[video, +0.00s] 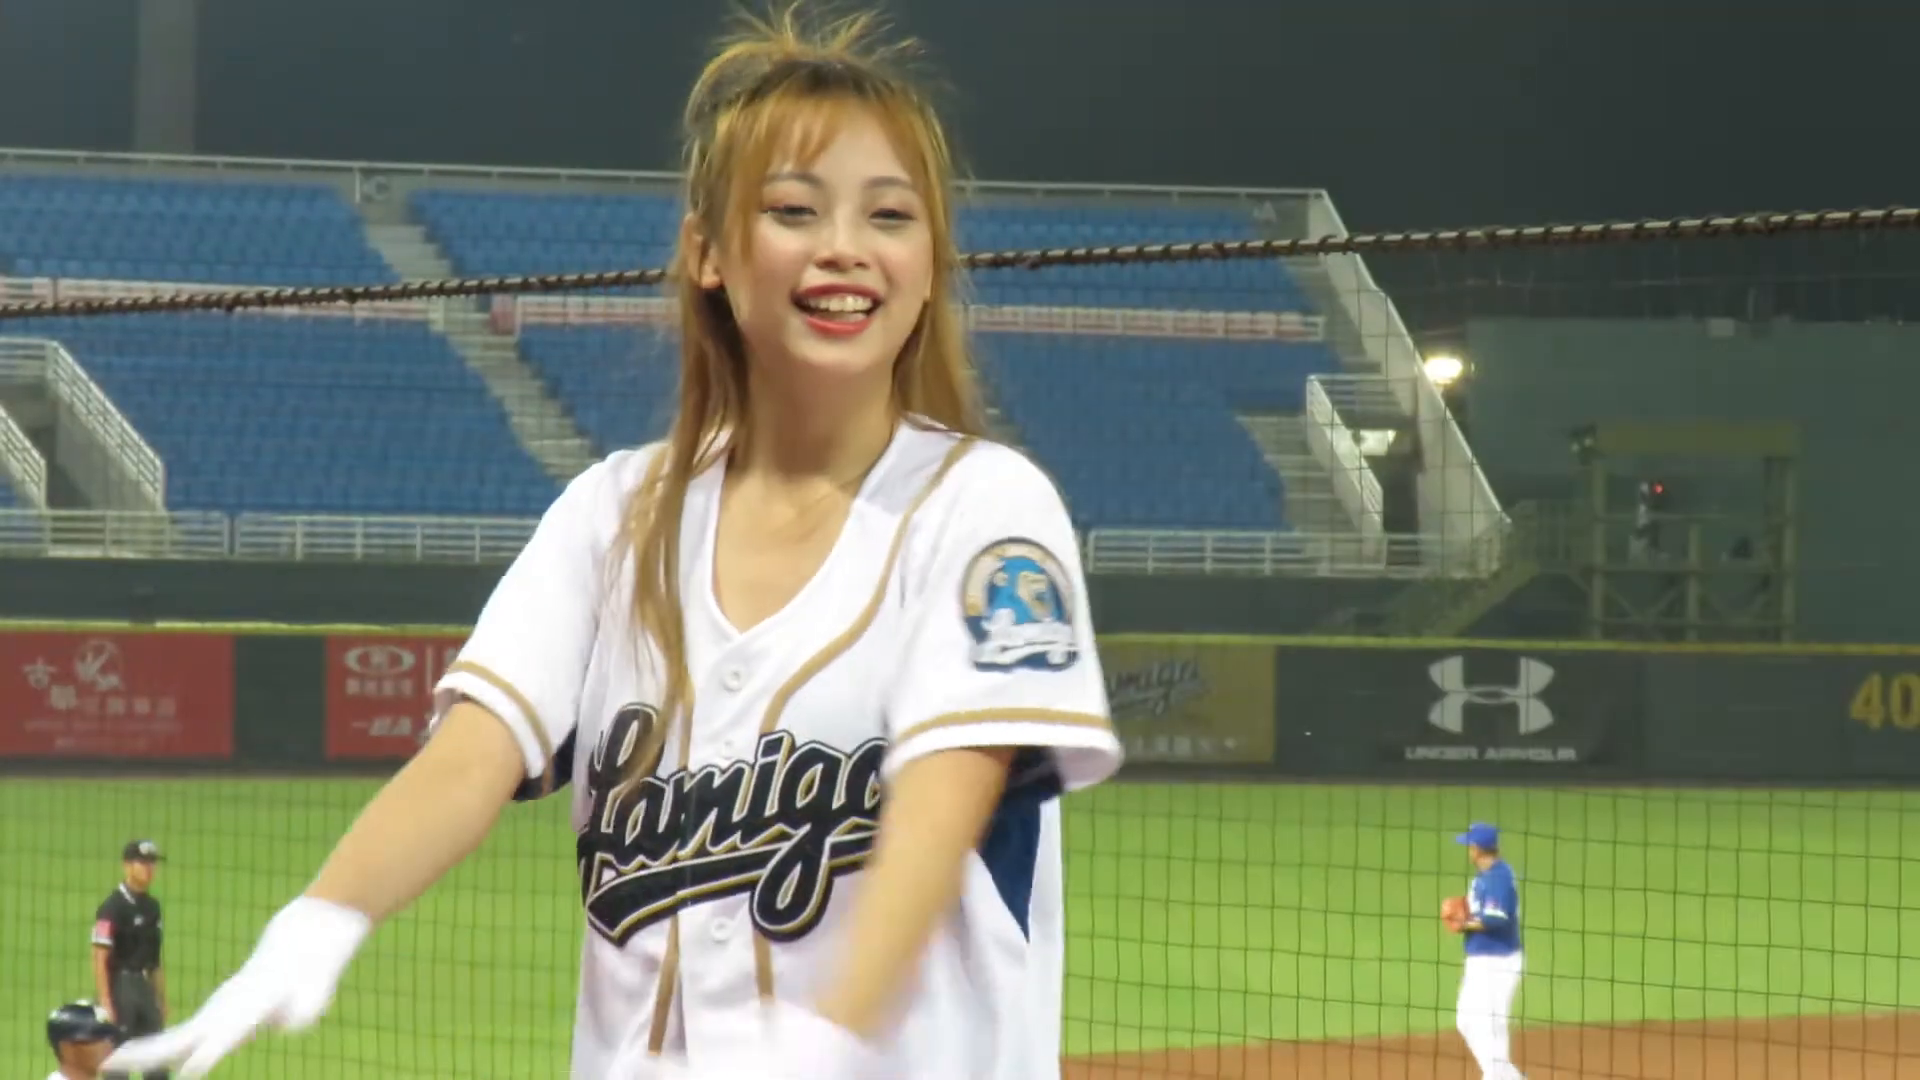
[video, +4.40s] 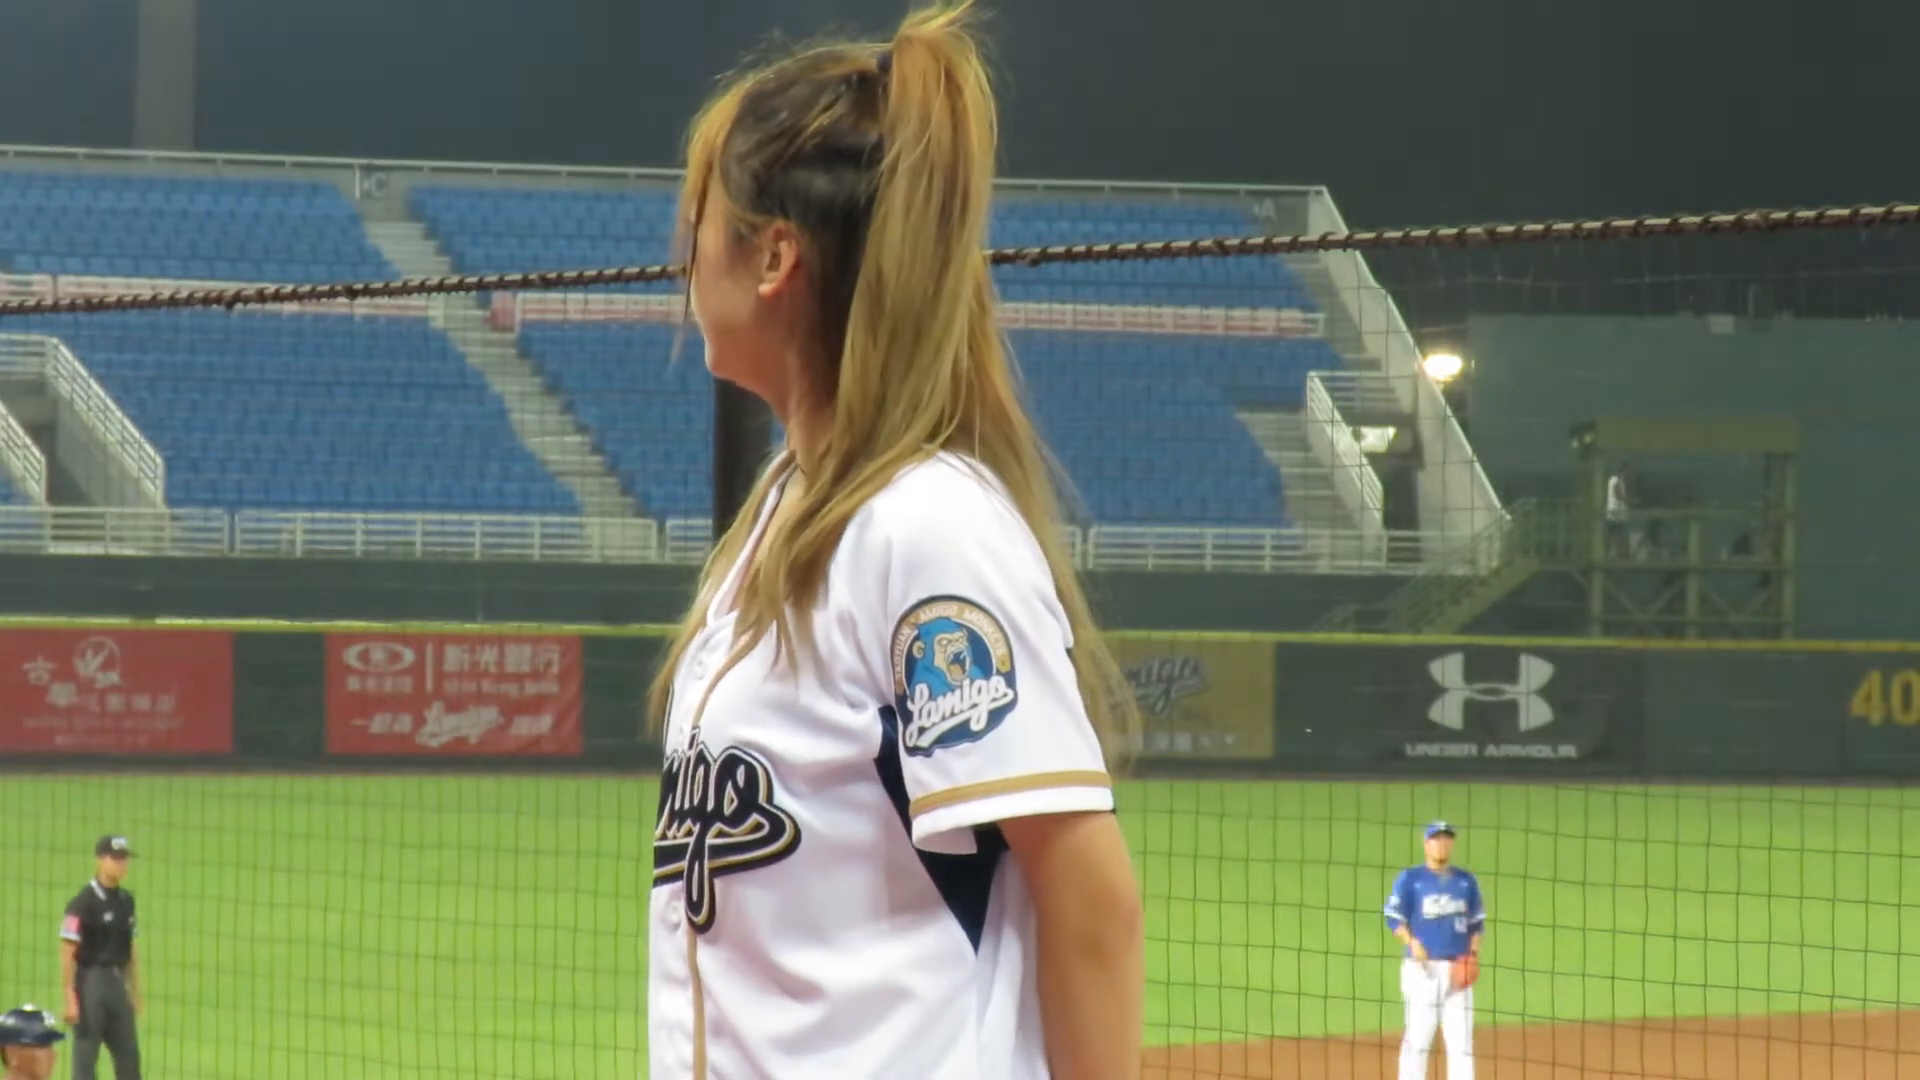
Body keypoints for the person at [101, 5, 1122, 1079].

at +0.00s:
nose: (847, 248)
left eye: (888, 214)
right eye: (797, 210)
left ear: (933, 260)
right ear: (714, 255)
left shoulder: (987, 505)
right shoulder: (614, 509)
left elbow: (936, 815)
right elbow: (474, 750)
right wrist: (320, 926)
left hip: (905, 1049)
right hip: (645, 1054)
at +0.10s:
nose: (843, 248)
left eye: (885, 211)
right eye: (795, 208)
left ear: (937, 261)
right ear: (716, 256)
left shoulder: (1003, 517)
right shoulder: (606, 518)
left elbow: (1085, 827)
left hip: (925, 1061)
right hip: (648, 1061)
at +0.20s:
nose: (836, 244)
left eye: (881, 209)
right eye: (787, 204)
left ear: (929, 260)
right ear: (706, 251)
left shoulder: (1017, 524)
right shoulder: (601, 521)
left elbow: (1219, 833)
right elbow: (432, 816)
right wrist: (279, 1061)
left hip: (935, 1063)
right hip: (645, 1061)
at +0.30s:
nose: (830, 242)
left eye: (874, 207)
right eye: (780, 201)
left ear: (919, 260)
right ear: (697, 250)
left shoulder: (1025, 522)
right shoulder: (597, 521)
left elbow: (1231, 799)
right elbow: (510, 833)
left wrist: (1397, 1057)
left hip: (945, 1064)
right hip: (643, 1060)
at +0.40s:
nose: (831, 251)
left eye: (874, 214)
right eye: (782, 208)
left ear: (915, 265)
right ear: (690, 255)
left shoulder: (1021, 529)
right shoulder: (597, 523)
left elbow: (1196, 789)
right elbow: (621, 834)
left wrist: (1227, 1043)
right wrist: (710, 1027)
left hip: (958, 1059)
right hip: (657, 1055)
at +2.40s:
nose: (676, 249)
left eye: (705, 215)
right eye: (692, 213)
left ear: (806, 263)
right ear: (797, 263)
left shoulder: (1002, 533)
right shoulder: (704, 497)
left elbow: (1139, 883)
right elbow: (700, 847)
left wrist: (1092, 1073)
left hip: (925, 1059)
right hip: (676, 1056)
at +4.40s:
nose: (686, 258)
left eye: (701, 222)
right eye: (695, 220)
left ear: (775, 260)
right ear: (777, 260)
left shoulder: (931, 526)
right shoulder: (782, 505)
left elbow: (1091, 893)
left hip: (886, 1056)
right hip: (733, 1049)